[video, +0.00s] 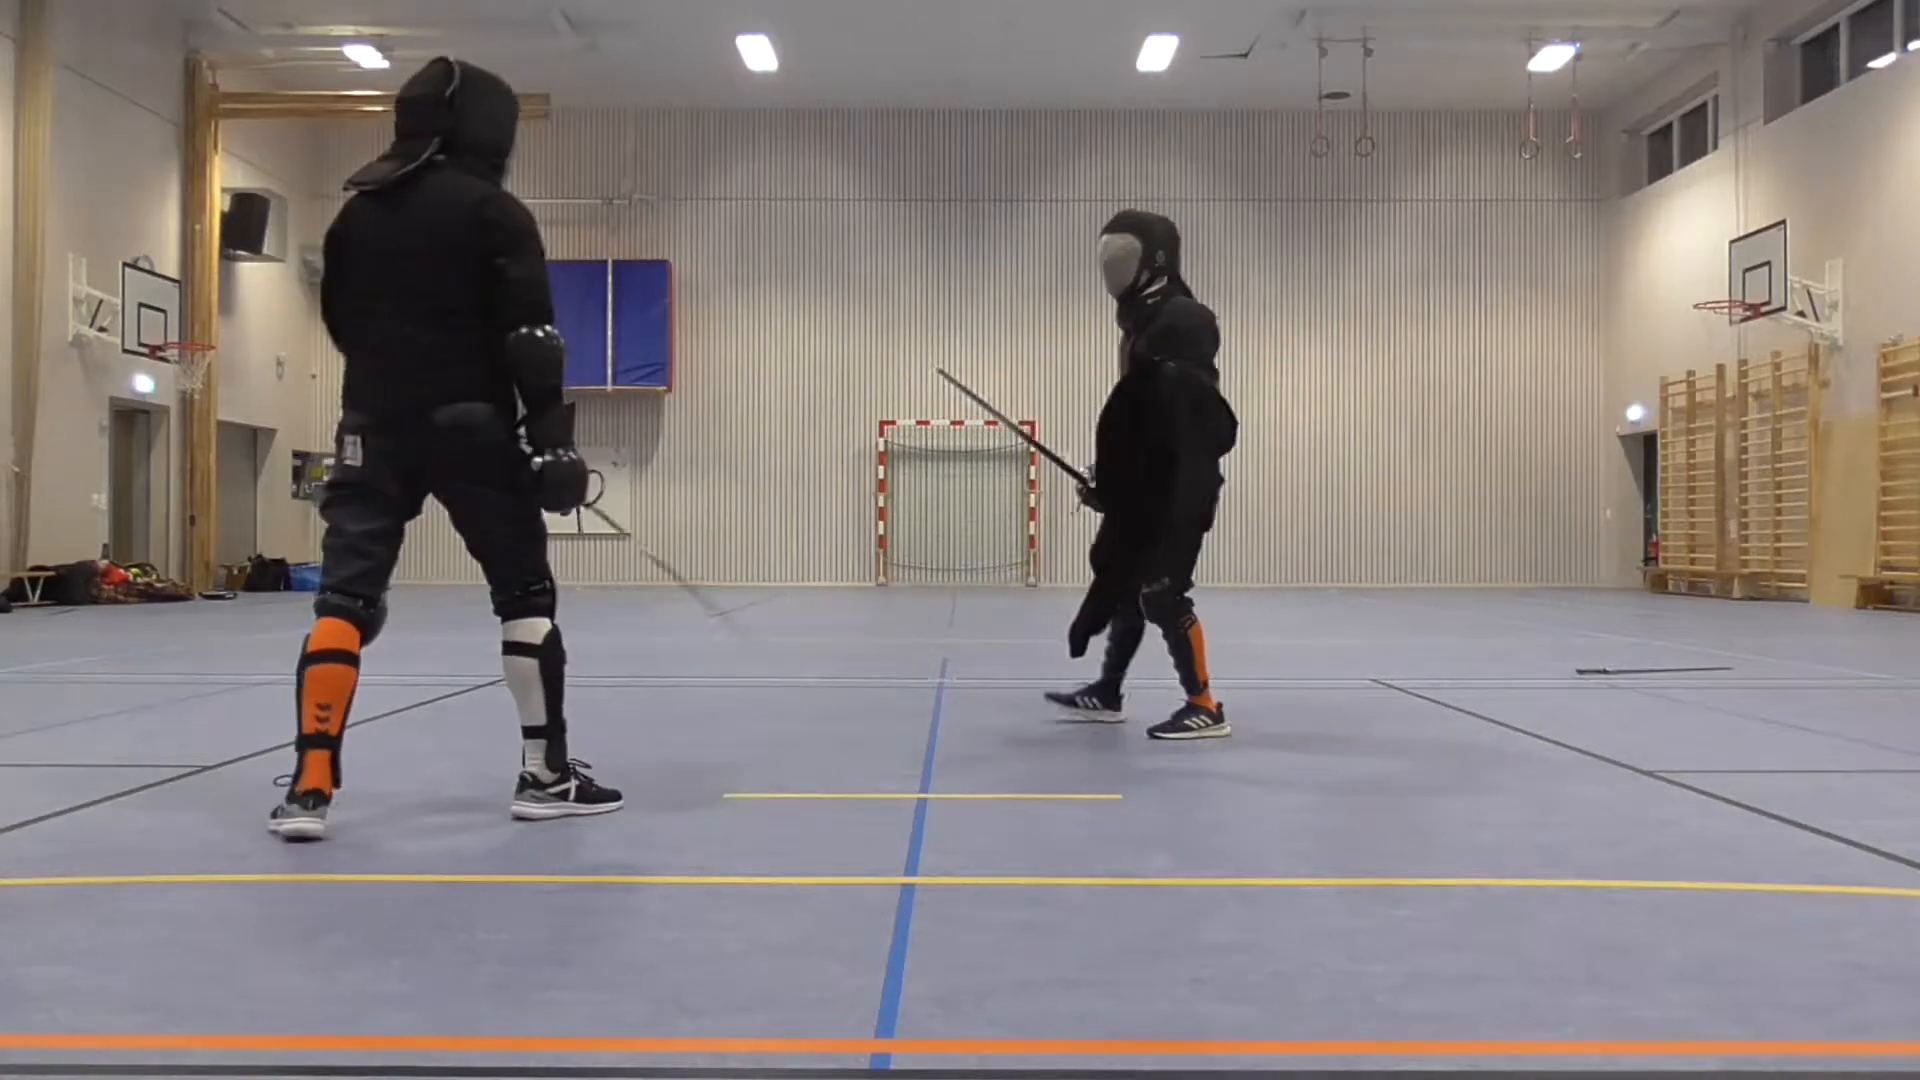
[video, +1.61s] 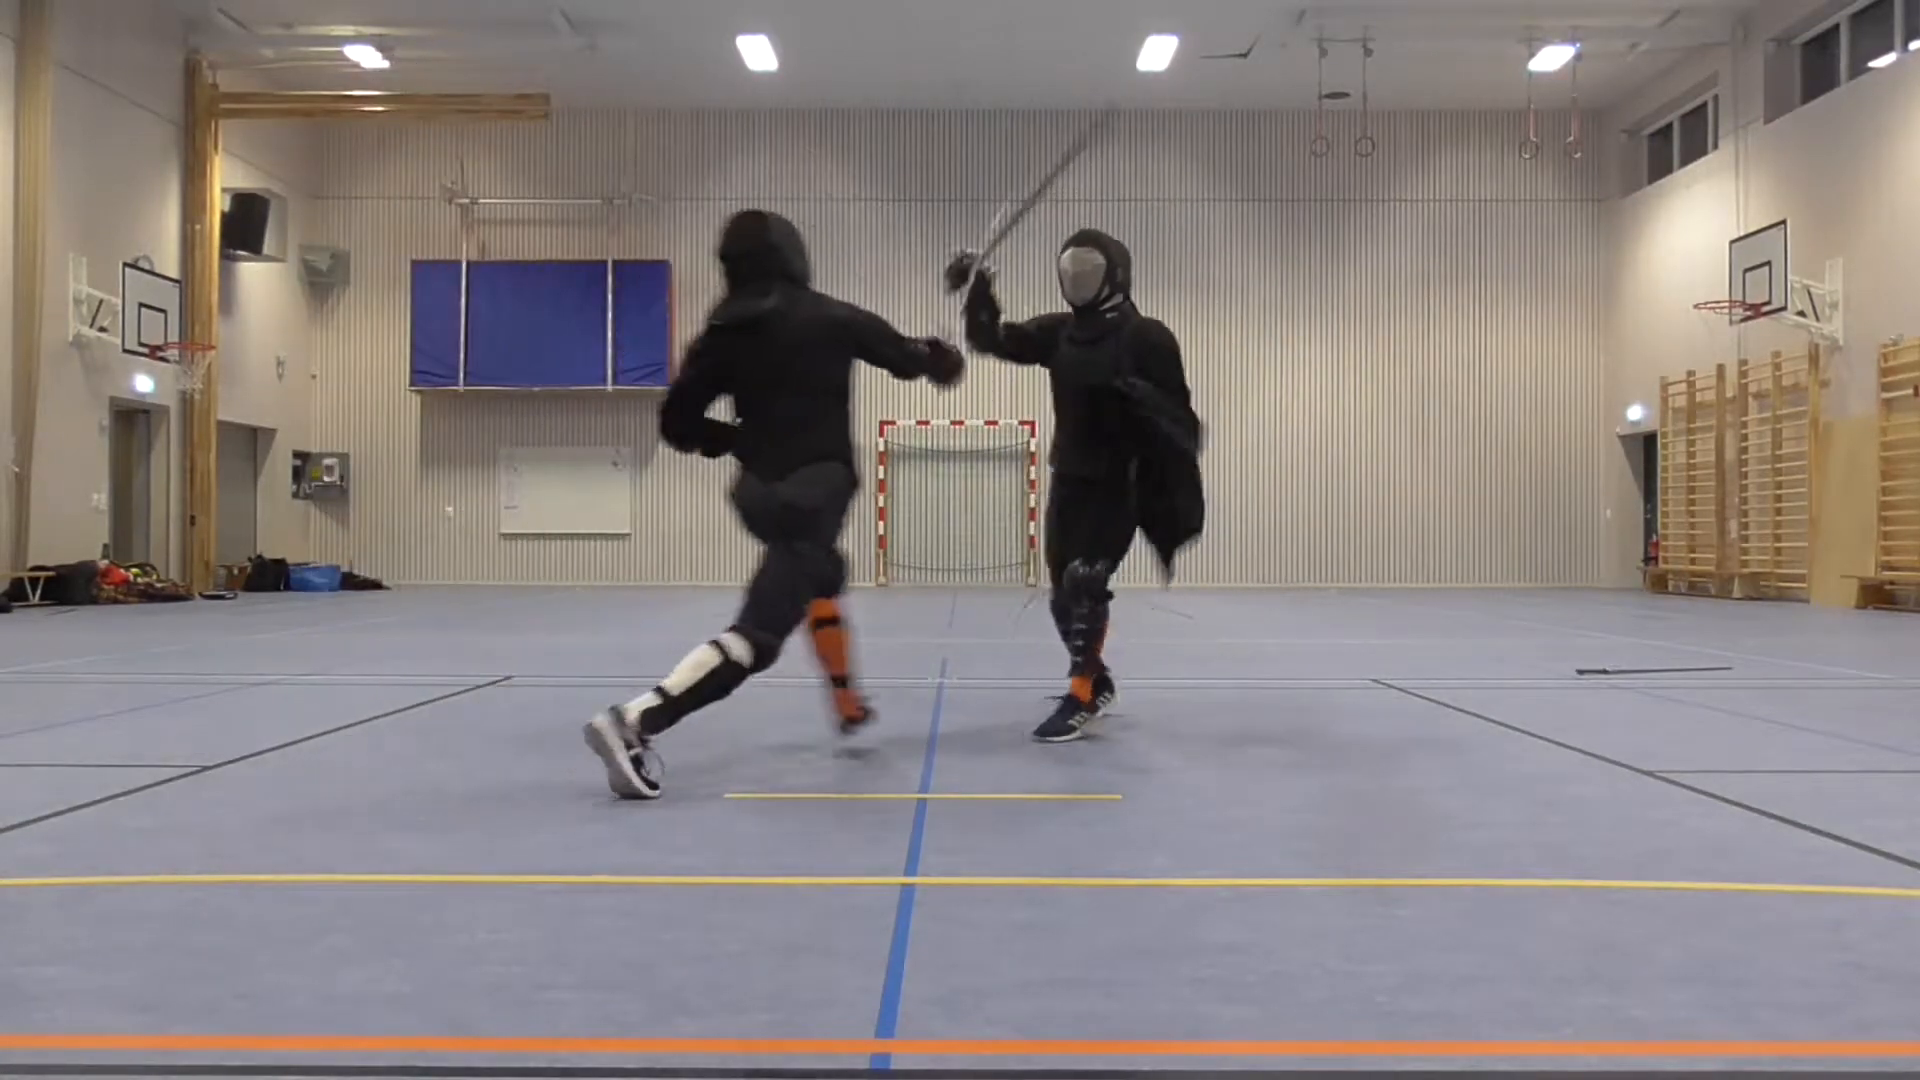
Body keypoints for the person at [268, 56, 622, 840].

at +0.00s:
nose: (507, 145)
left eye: (507, 131)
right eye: (502, 131)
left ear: (417, 124)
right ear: (481, 129)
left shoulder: (362, 206)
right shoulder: (495, 213)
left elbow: (339, 314)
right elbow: (531, 343)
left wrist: (395, 367)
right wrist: (556, 442)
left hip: (371, 430)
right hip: (475, 430)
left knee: (345, 594)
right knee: (523, 590)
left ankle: (310, 785)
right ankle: (545, 767)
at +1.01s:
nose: (508, 162)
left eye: (508, 149)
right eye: (502, 148)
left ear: (418, 145)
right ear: (481, 147)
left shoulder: (366, 231)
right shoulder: (492, 226)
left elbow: (354, 330)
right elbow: (536, 345)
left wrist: (410, 385)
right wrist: (586, 426)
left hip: (384, 441)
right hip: (480, 440)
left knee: (348, 602)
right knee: (553, 580)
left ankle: (309, 789)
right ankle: (538, 749)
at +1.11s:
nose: (533, 178)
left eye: (532, 165)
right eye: (527, 165)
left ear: (445, 164)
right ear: (507, 165)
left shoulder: (405, 253)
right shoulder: (519, 243)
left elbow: (462, 351)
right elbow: (577, 341)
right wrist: (643, 400)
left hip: (414, 458)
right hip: (506, 457)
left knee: (366, 609)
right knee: (587, 583)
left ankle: (314, 782)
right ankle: (552, 743)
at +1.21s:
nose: (586, 209)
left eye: (583, 197)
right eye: (582, 197)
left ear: (502, 193)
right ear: (566, 198)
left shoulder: (469, 262)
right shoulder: (566, 267)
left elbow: (548, 321)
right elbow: (655, 328)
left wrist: (637, 305)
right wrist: (711, 329)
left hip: (455, 470)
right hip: (541, 470)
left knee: (389, 617)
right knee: (630, 592)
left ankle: (315, 788)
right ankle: (593, 742)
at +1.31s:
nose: (655, 229)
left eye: (651, 218)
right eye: (648, 217)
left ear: (574, 217)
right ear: (633, 223)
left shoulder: (553, 282)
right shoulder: (631, 283)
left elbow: (674, 301)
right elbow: (742, 311)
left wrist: (752, 281)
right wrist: (766, 267)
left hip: (528, 480)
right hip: (604, 482)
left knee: (441, 611)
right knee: (663, 616)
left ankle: (341, 754)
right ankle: (598, 755)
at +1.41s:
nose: (697, 230)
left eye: (689, 221)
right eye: (690, 221)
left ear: (619, 236)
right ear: (681, 230)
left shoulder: (609, 299)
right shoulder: (707, 289)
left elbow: (688, 342)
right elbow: (819, 306)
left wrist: (756, 333)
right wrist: (815, 225)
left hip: (612, 484)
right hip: (688, 488)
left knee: (548, 616)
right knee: (700, 633)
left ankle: (452, 702)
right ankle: (607, 741)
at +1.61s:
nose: (806, 258)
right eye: (798, 249)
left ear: (733, 268)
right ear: (792, 255)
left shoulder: (724, 334)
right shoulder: (829, 317)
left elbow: (678, 425)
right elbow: (904, 358)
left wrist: (743, 440)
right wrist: (939, 358)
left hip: (755, 492)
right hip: (823, 486)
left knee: (823, 574)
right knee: (755, 637)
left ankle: (847, 702)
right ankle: (635, 723)